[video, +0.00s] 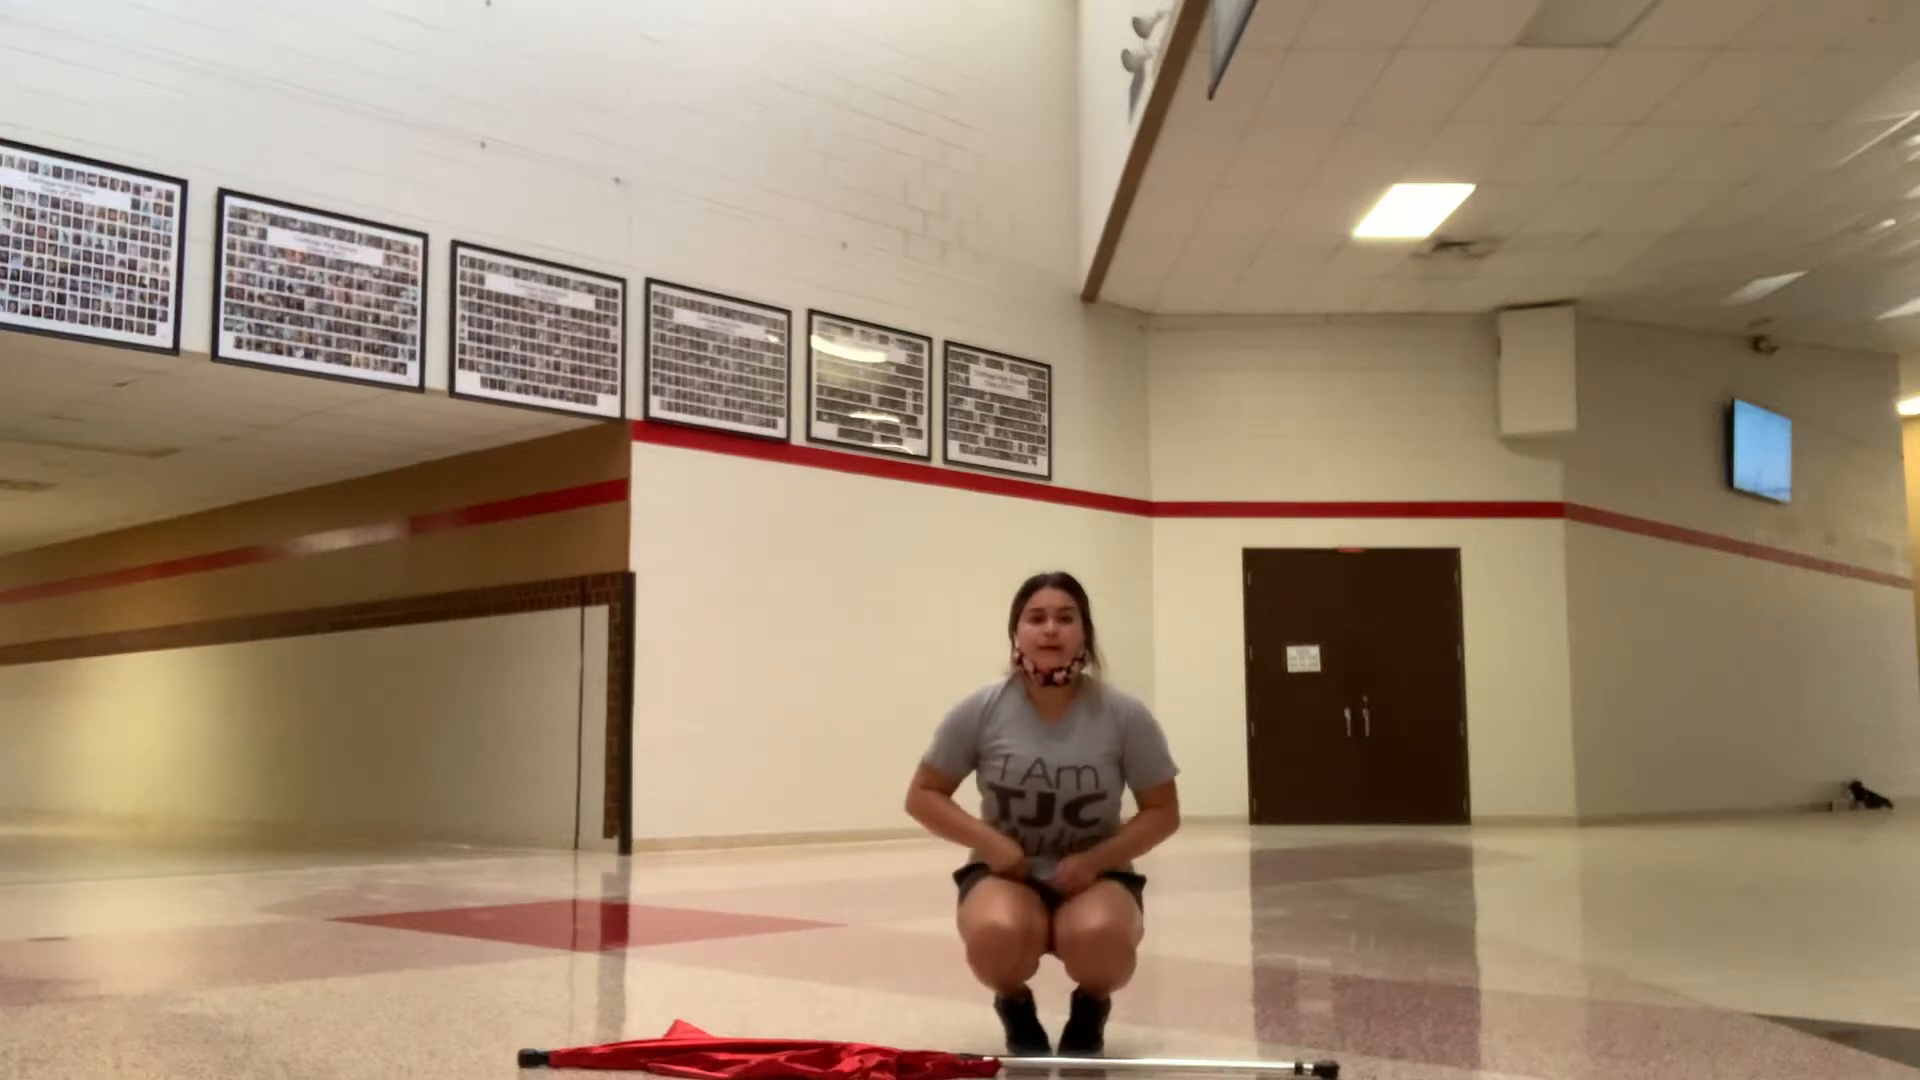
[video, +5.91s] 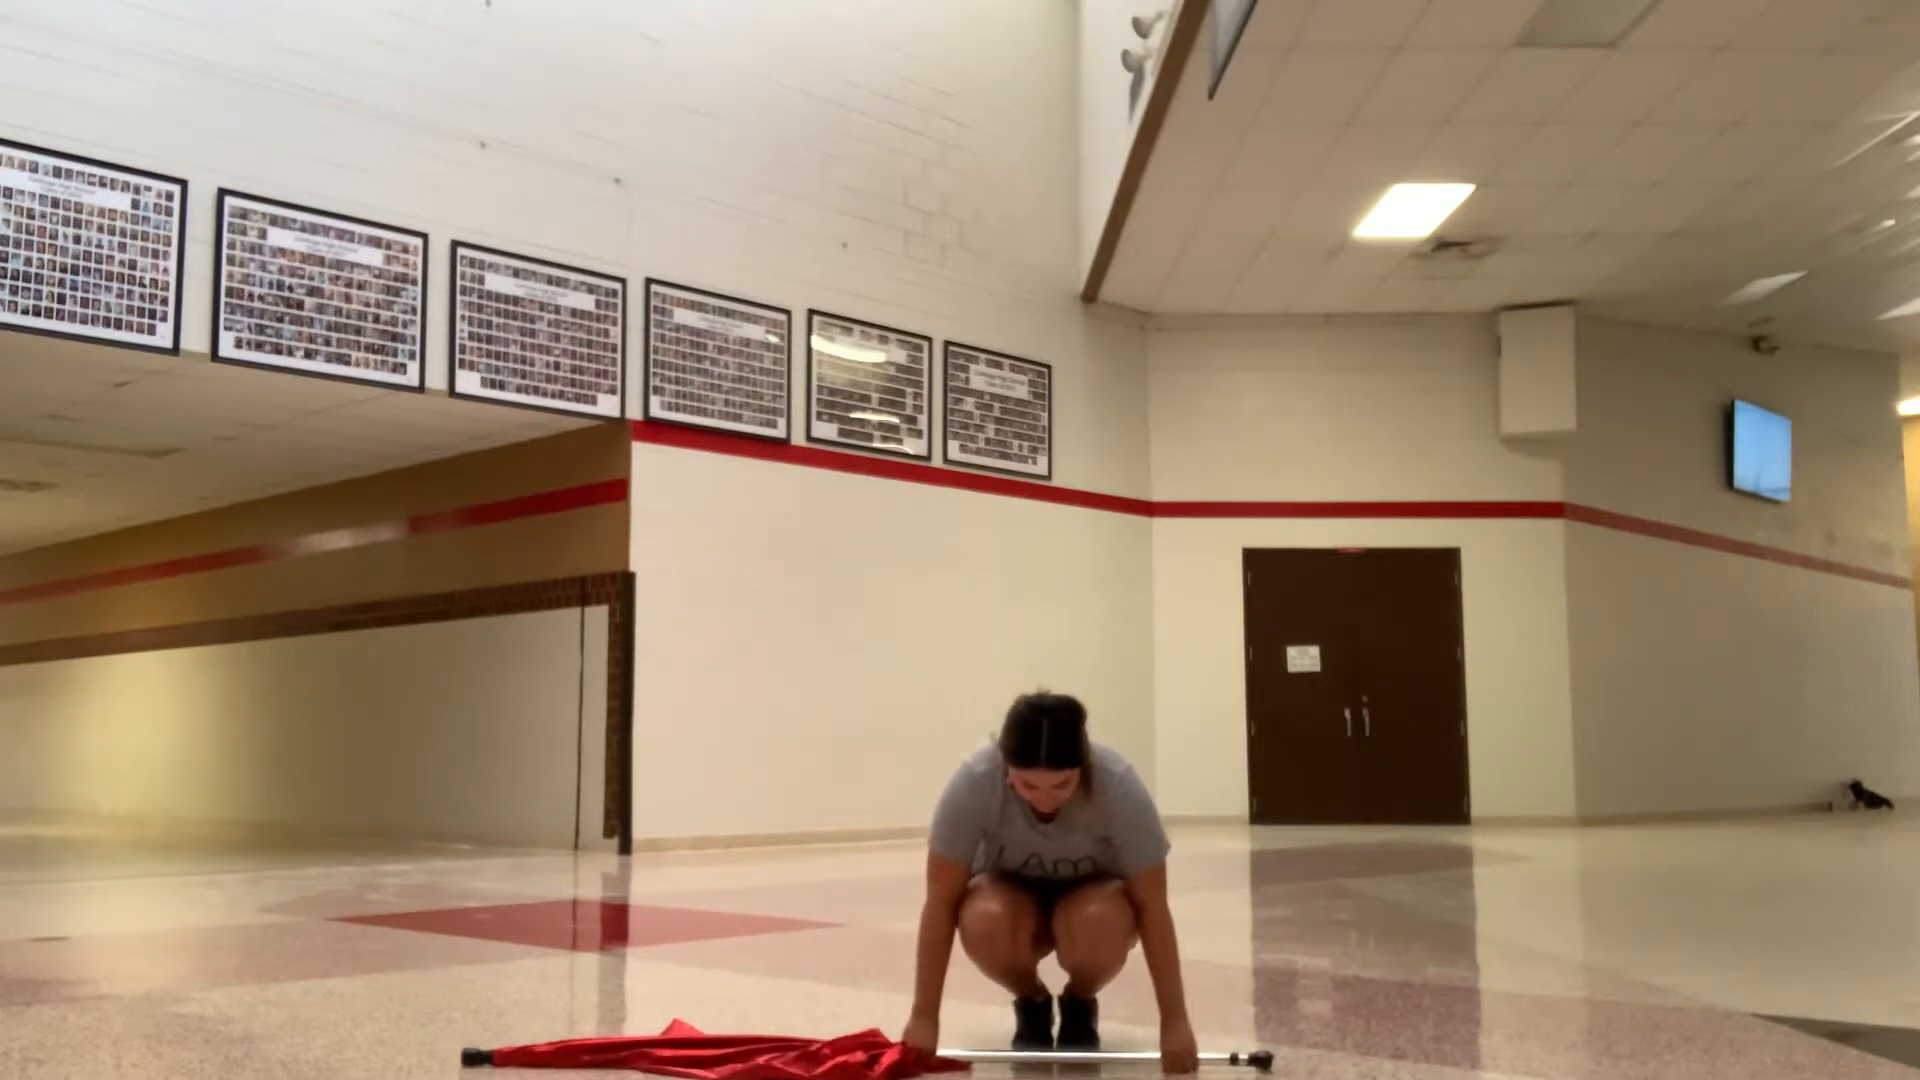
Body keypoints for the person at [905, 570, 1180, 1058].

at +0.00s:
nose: (1050, 628)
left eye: (1065, 617)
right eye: (1035, 617)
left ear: (1085, 635)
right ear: (1015, 635)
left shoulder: (1124, 716)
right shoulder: (981, 712)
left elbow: (1164, 814)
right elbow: (923, 796)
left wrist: (1094, 861)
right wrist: (989, 842)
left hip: (1095, 878)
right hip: (1006, 875)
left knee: (1100, 933)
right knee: (997, 931)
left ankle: (1090, 1011)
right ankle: (1015, 1009)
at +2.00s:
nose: (1059, 643)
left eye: (1073, 630)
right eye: (1044, 630)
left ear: (1094, 646)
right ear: (1023, 647)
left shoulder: (1130, 721)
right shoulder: (988, 722)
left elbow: (1154, 823)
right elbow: (951, 822)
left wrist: (1104, 880)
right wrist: (1000, 873)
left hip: (1101, 885)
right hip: (1014, 884)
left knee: (1101, 931)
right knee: (999, 927)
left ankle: (1091, 1007)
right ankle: (1023, 1004)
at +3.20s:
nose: (1040, 701)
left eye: (1055, 685)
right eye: (1026, 685)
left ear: (1081, 681)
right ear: (1011, 679)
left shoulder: (1125, 738)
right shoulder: (979, 738)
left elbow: (1161, 835)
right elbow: (948, 831)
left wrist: (1127, 882)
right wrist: (963, 885)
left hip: (1093, 888)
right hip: (1012, 886)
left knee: (1097, 922)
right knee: (1000, 919)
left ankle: (1087, 1002)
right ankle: (1023, 1001)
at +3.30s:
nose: (1037, 722)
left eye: (1053, 707)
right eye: (1024, 706)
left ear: (1081, 698)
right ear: (1009, 697)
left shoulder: (1125, 749)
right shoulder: (979, 749)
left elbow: (1166, 844)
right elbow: (943, 841)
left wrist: (1154, 911)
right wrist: (939, 915)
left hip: (1095, 881)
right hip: (1007, 880)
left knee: (1100, 921)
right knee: (1000, 922)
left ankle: (1085, 1001)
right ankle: (1025, 1001)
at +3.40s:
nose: (1037, 741)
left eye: (1053, 726)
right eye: (1024, 726)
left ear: (1080, 715)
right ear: (1009, 715)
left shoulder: (1123, 760)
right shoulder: (981, 758)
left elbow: (1171, 860)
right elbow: (937, 856)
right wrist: (932, 954)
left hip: (1095, 882)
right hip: (1006, 881)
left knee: (1105, 918)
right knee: (1001, 920)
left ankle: (1085, 1002)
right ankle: (1025, 1001)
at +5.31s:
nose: (1057, 805)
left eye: (1073, 790)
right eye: (1041, 792)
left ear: (1089, 771)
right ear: (1016, 773)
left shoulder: (1126, 791)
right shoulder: (976, 787)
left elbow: (1155, 910)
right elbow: (940, 903)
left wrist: (1174, 1024)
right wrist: (924, 1018)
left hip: (1092, 901)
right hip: (1018, 903)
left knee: (1098, 922)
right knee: (987, 915)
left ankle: (1081, 1003)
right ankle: (1028, 1002)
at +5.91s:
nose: (1044, 801)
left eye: (1061, 786)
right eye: (1028, 786)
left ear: (1080, 766)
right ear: (1008, 769)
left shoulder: (1120, 790)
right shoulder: (973, 786)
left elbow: (1153, 908)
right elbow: (941, 905)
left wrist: (1175, 1022)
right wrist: (923, 1017)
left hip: (1090, 910)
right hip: (1018, 911)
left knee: (1099, 921)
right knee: (985, 918)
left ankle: (1080, 1003)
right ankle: (1031, 1001)